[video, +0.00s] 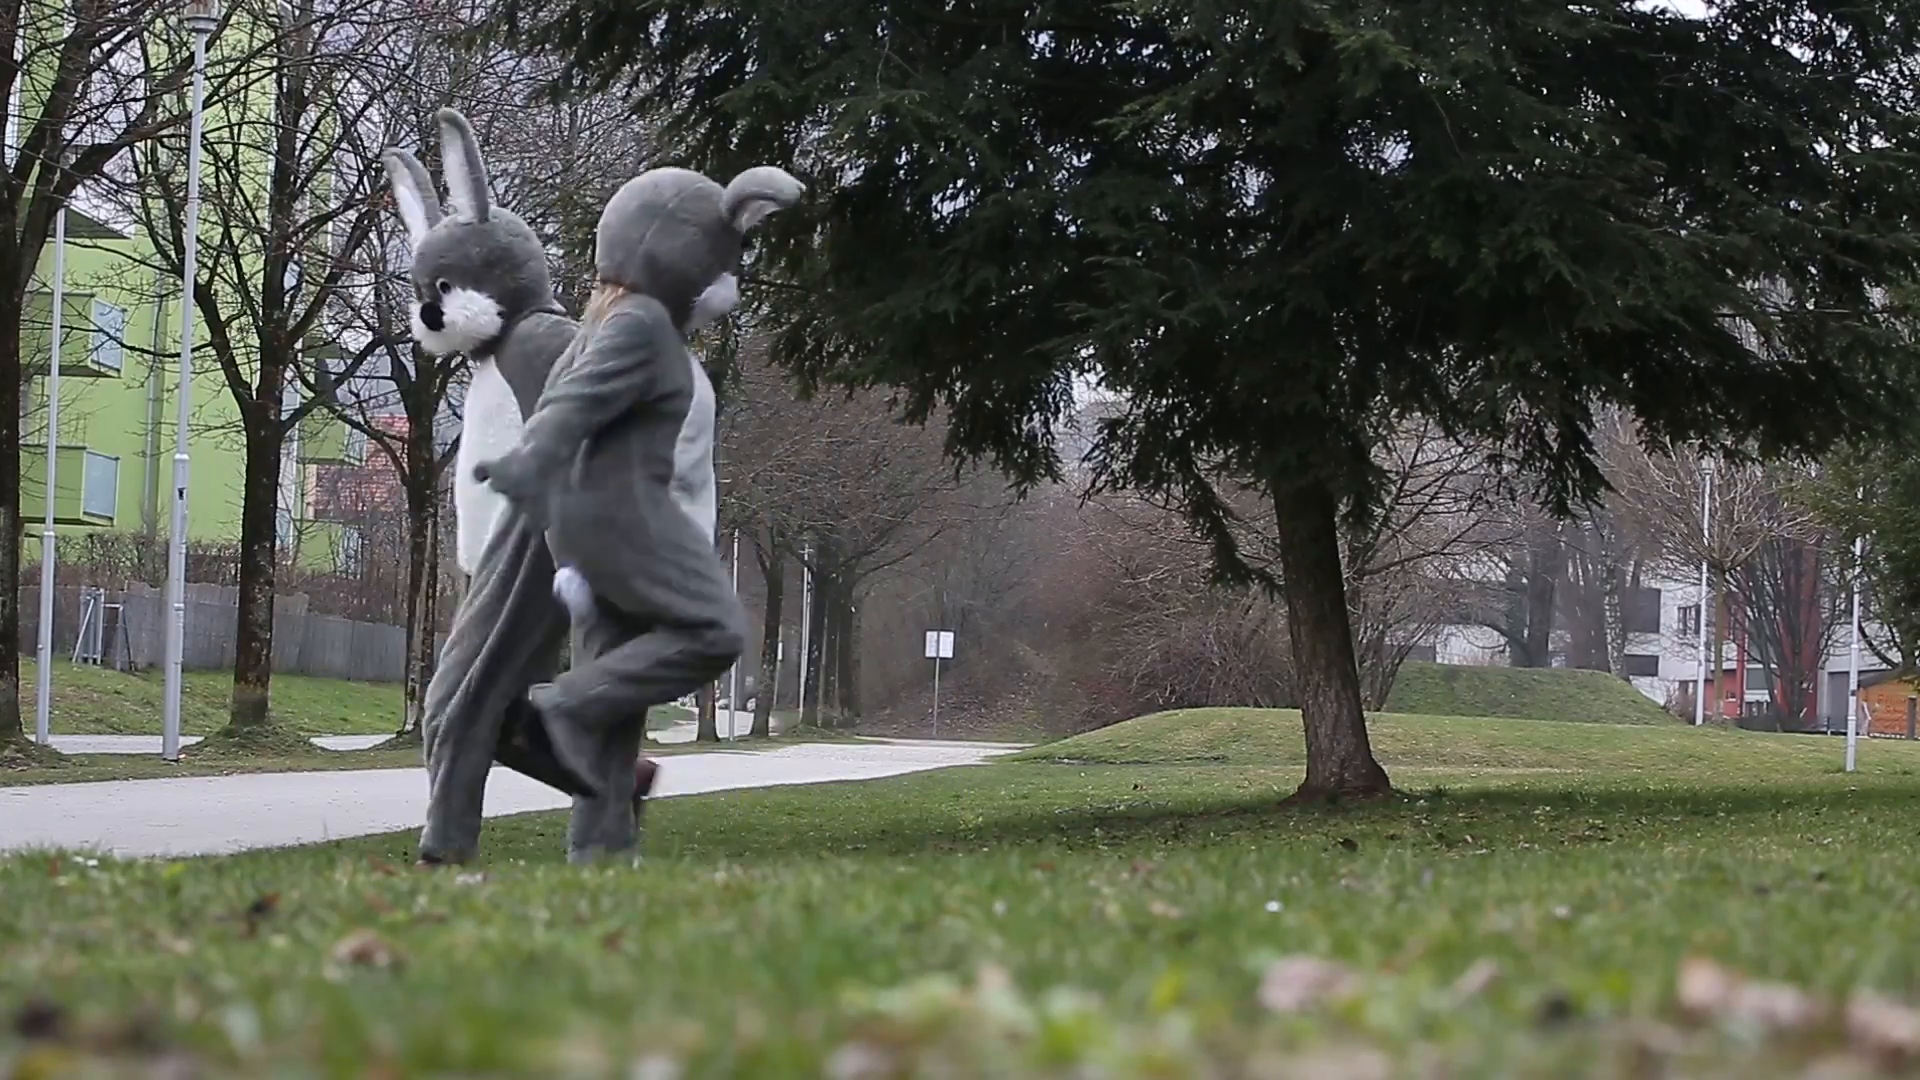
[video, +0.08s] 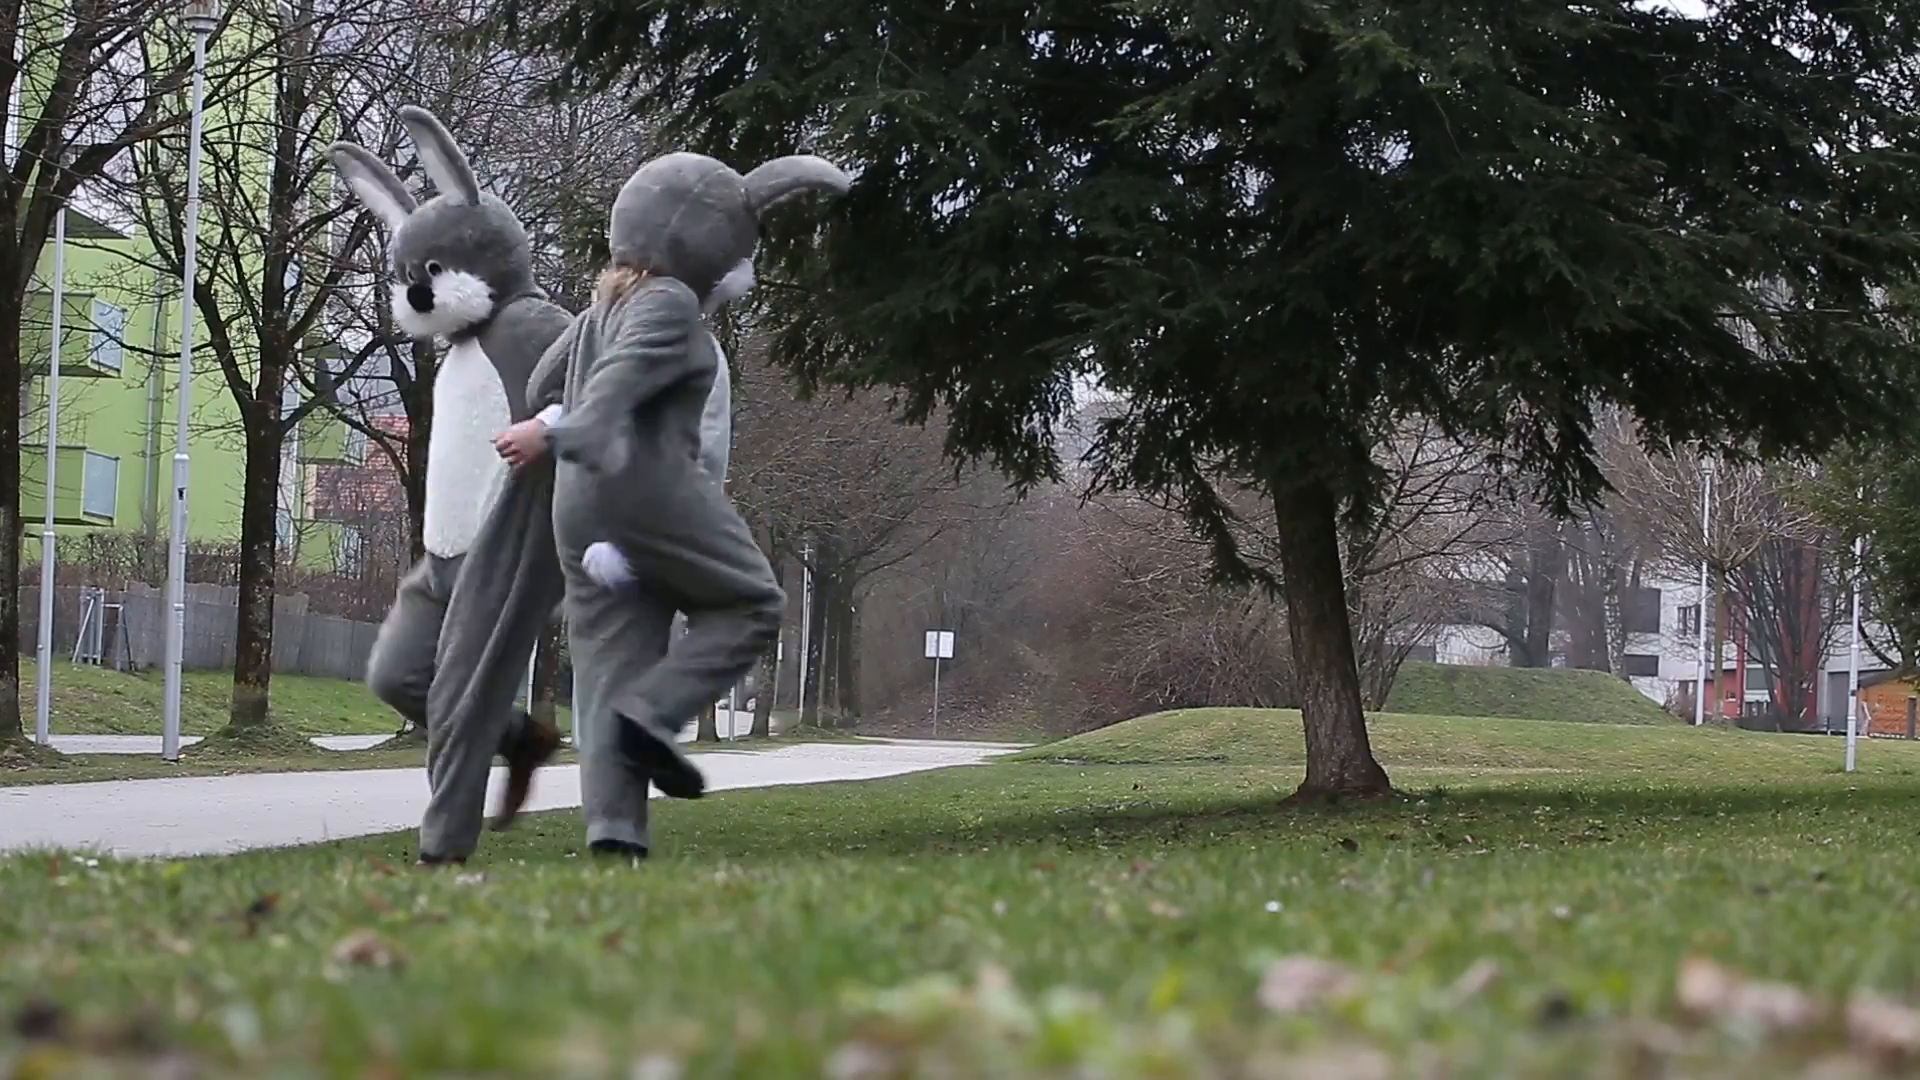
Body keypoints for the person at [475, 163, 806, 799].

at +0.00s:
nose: (732, 289)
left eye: (733, 271)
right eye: (723, 269)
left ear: (651, 255)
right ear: (678, 257)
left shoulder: (616, 327)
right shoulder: (641, 324)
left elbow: (562, 406)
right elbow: (572, 401)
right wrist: (526, 470)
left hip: (600, 524)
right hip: (624, 518)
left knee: (611, 672)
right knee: (716, 632)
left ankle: (601, 842)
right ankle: (565, 710)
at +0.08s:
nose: (743, 269)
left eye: (747, 253)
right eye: (739, 249)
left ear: (633, 240)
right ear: (700, 241)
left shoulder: (595, 314)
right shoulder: (670, 305)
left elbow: (542, 386)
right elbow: (617, 382)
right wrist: (552, 433)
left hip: (581, 507)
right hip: (652, 495)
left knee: (613, 667)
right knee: (751, 602)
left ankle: (614, 829)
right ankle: (654, 713)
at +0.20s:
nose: (745, 288)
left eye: (748, 275)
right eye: (741, 271)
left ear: (630, 264)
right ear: (709, 261)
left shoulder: (594, 338)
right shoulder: (690, 315)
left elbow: (528, 415)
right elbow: (706, 375)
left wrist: (571, 380)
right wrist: (733, 381)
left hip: (607, 530)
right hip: (701, 518)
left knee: (644, 686)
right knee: (771, 628)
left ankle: (664, 838)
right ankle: (744, 768)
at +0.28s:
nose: (738, 292)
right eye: (730, 278)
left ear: (627, 285)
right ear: (709, 280)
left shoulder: (595, 363)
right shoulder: (710, 341)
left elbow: (530, 432)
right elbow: (762, 360)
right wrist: (805, 374)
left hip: (624, 546)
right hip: (718, 534)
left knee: (652, 697)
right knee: (770, 671)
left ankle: (670, 843)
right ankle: (751, 820)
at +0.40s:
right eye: (731, 290)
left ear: (630, 301)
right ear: (722, 294)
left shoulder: (609, 373)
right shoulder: (747, 359)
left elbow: (544, 443)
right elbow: (831, 388)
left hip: (636, 560)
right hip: (736, 556)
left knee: (651, 696)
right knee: (750, 705)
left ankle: (663, 826)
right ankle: (748, 845)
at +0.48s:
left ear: (640, 307)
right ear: (732, 300)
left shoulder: (619, 375)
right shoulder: (773, 374)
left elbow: (548, 432)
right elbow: (874, 402)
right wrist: (967, 424)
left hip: (635, 574)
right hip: (741, 572)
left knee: (646, 704)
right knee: (746, 718)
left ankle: (663, 797)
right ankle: (744, 851)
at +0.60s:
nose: (610, 300)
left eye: (615, 287)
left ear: (630, 289)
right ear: (715, 284)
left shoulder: (619, 352)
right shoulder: (757, 361)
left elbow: (546, 388)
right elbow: (835, 381)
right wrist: (902, 385)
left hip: (638, 549)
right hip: (734, 546)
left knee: (608, 665)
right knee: (744, 695)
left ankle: (670, 743)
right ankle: (760, 836)